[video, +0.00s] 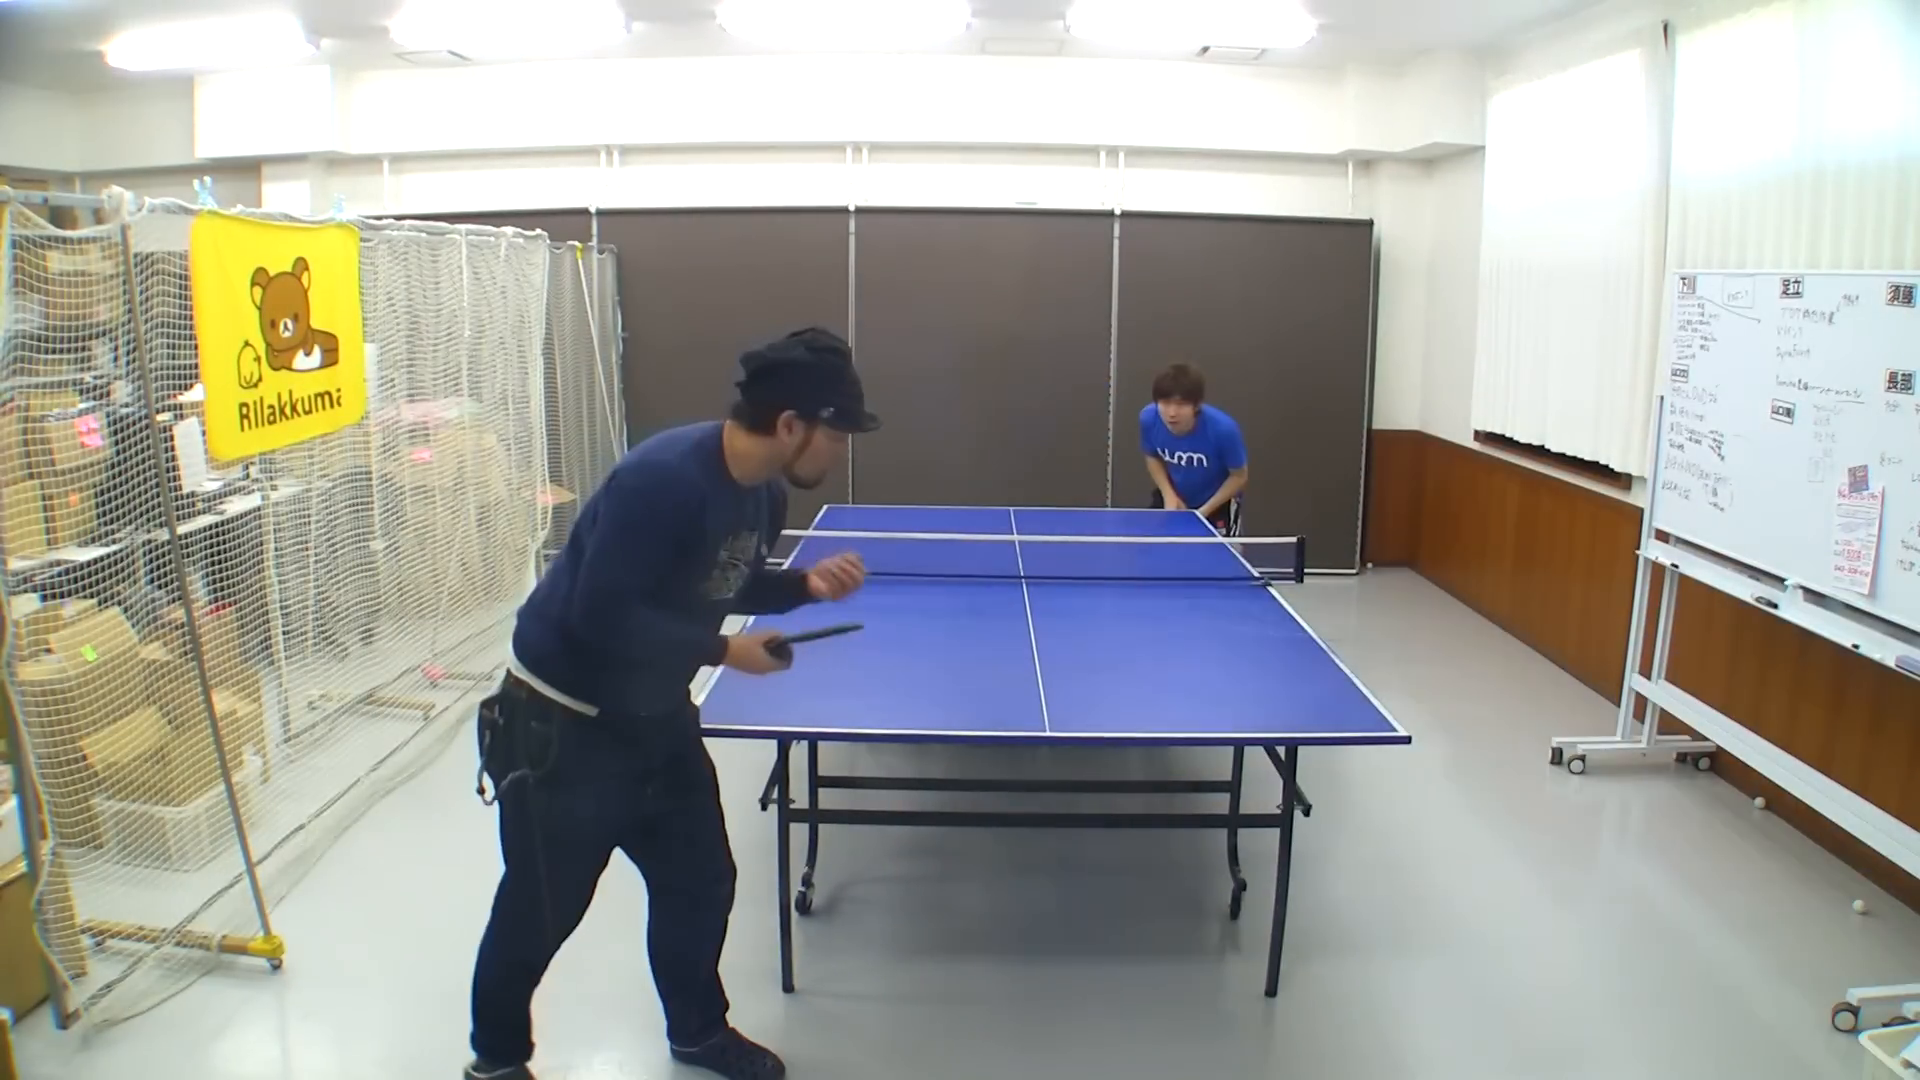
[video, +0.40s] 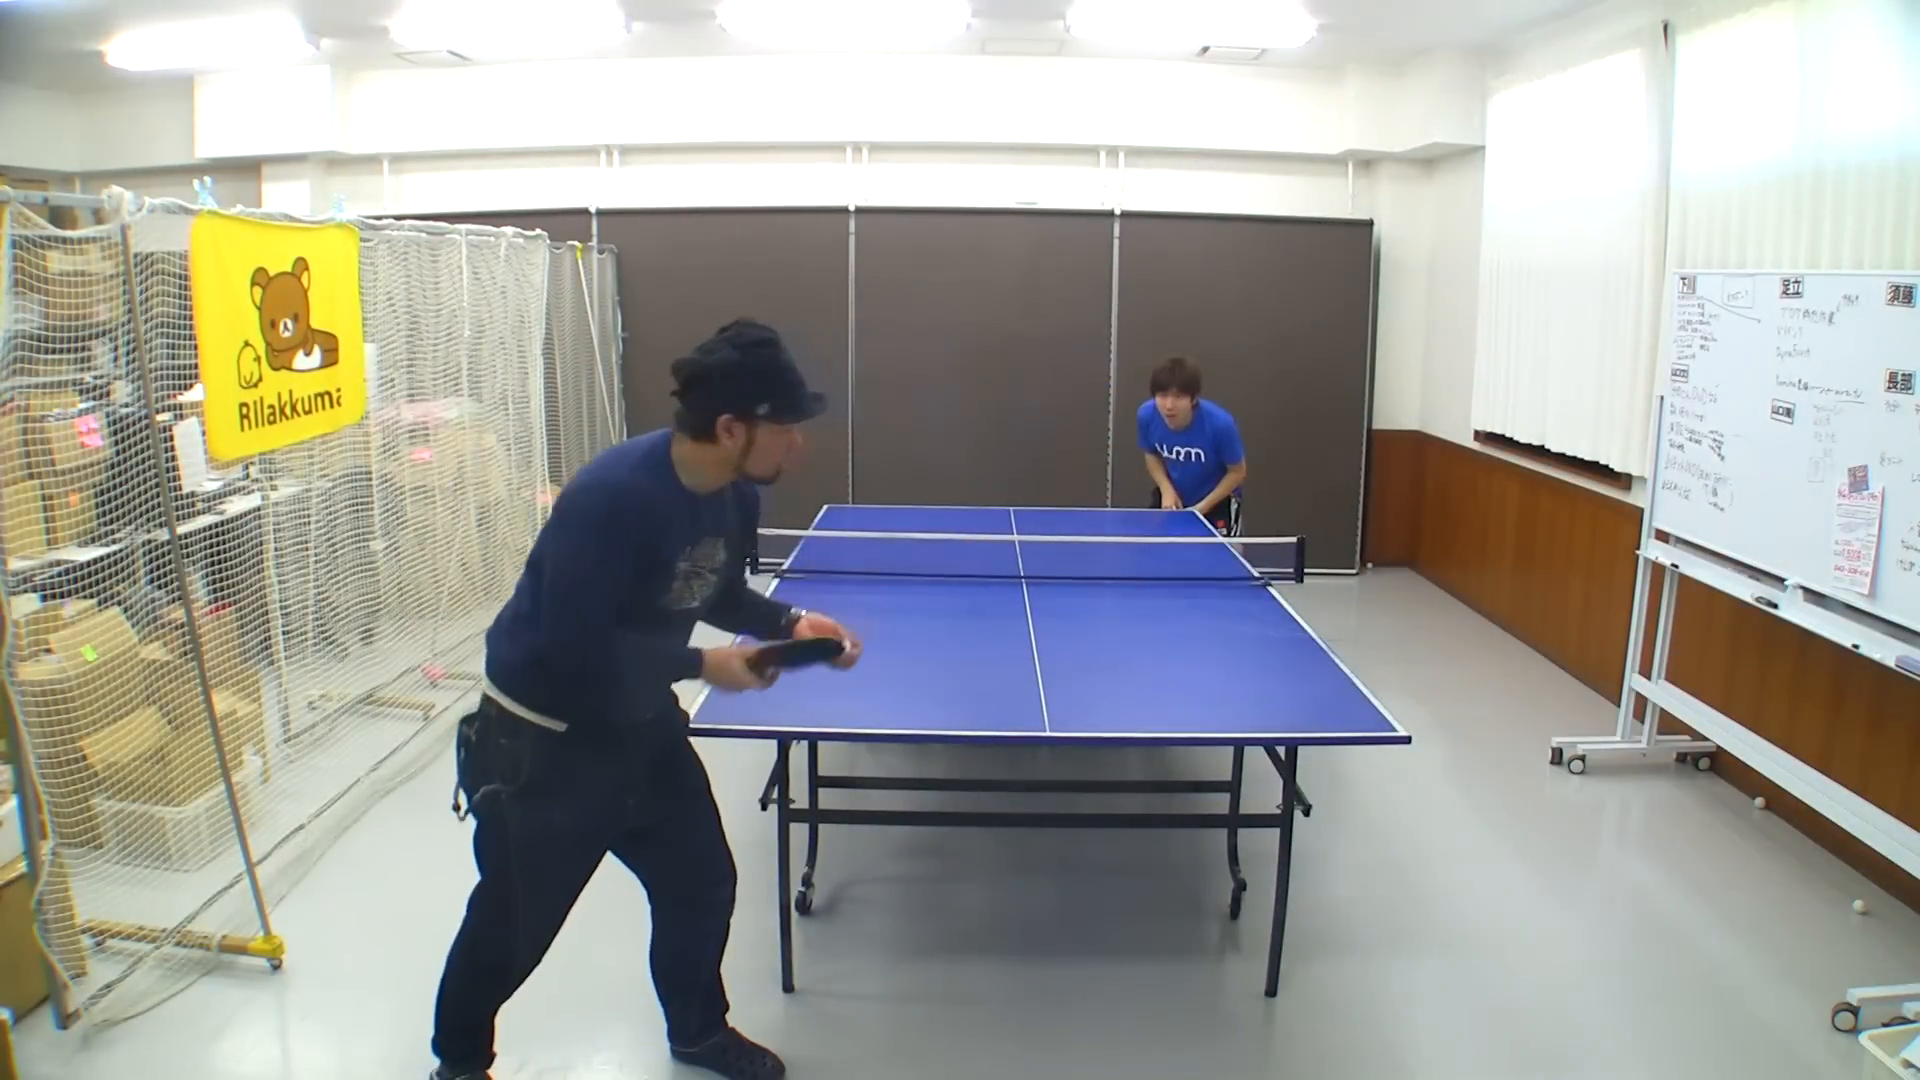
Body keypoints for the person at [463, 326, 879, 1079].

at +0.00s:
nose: (842, 449)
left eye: (845, 433)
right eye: (837, 431)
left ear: (789, 426)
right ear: (791, 426)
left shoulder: (764, 494)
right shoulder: (660, 480)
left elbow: (718, 586)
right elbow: (602, 617)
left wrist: (803, 584)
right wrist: (718, 649)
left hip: (654, 715)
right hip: (559, 716)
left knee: (697, 884)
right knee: (541, 901)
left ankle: (698, 1033)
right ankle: (496, 1057)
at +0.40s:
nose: (799, 442)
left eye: (798, 426)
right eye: (787, 427)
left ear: (734, 429)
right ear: (730, 428)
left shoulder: (736, 497)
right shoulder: (610, 499)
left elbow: (717, 596)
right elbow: (573, 649)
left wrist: (791, 626)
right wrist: (696, 661)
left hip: (643, 729)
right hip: (542, 735)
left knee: (701, 885)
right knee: (512, 923)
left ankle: (697, 1033)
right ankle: (460, 1058)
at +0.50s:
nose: (764, 445)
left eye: (763, 427)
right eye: (751, 429)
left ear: (699, 435)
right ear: (693, 434)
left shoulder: (715, 499)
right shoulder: (573, 507)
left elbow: (705, 604)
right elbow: (506, 656)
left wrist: (784, 644)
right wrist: (624, 716)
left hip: (630, 737)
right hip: (527, 748)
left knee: (701, 892)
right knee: (505, 932)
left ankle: (698, 1035)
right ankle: (457, 1061)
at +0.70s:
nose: (728, 476)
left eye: (727, 460)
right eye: (715, 464)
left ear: (661, 470)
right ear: (653, 470)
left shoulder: (697, 514)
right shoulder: (521, 529)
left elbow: (695, 591)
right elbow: (398, 603)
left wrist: (740, 659)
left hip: (620, 744)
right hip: (514, 761)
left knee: (691, 892)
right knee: (503, 943)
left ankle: (698, 1033)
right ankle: (457, 1056)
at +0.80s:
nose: (723, 498)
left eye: (722, 481)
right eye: (708, 485)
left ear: (649, 491)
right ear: (640, 491)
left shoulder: (695, 536)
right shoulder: (512, 543)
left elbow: (668, 607)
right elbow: (396, 620)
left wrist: (682, 688)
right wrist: (368, 754)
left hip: (619, 752)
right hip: (512, 771)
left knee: (699, 883)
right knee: (507, 951)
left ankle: (696, 1036)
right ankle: (456, 1058)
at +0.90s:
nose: (730, 539)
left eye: (730, 523)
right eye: (715, 525)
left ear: (660, 520)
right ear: (652, 524)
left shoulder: (688, 557)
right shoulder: (519, 586)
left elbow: (639, 630)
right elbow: (467, 722)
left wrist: (657, 688)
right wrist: (526, 795)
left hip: (612, 757)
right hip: (520, 779)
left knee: (703, 879)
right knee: (529, 969)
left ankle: (683, 1059)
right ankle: (455, 1055)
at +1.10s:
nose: (762, 525)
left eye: (765, 509)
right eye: (762, 512)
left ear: (672, 470)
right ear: (740, 528)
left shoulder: (611, 504)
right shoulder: (648, 636)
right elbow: (609, 775)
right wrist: (688, 769)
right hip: (512, 840)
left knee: (670, 896)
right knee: (601, 1007)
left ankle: (680, 1066)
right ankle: (421, 1070)